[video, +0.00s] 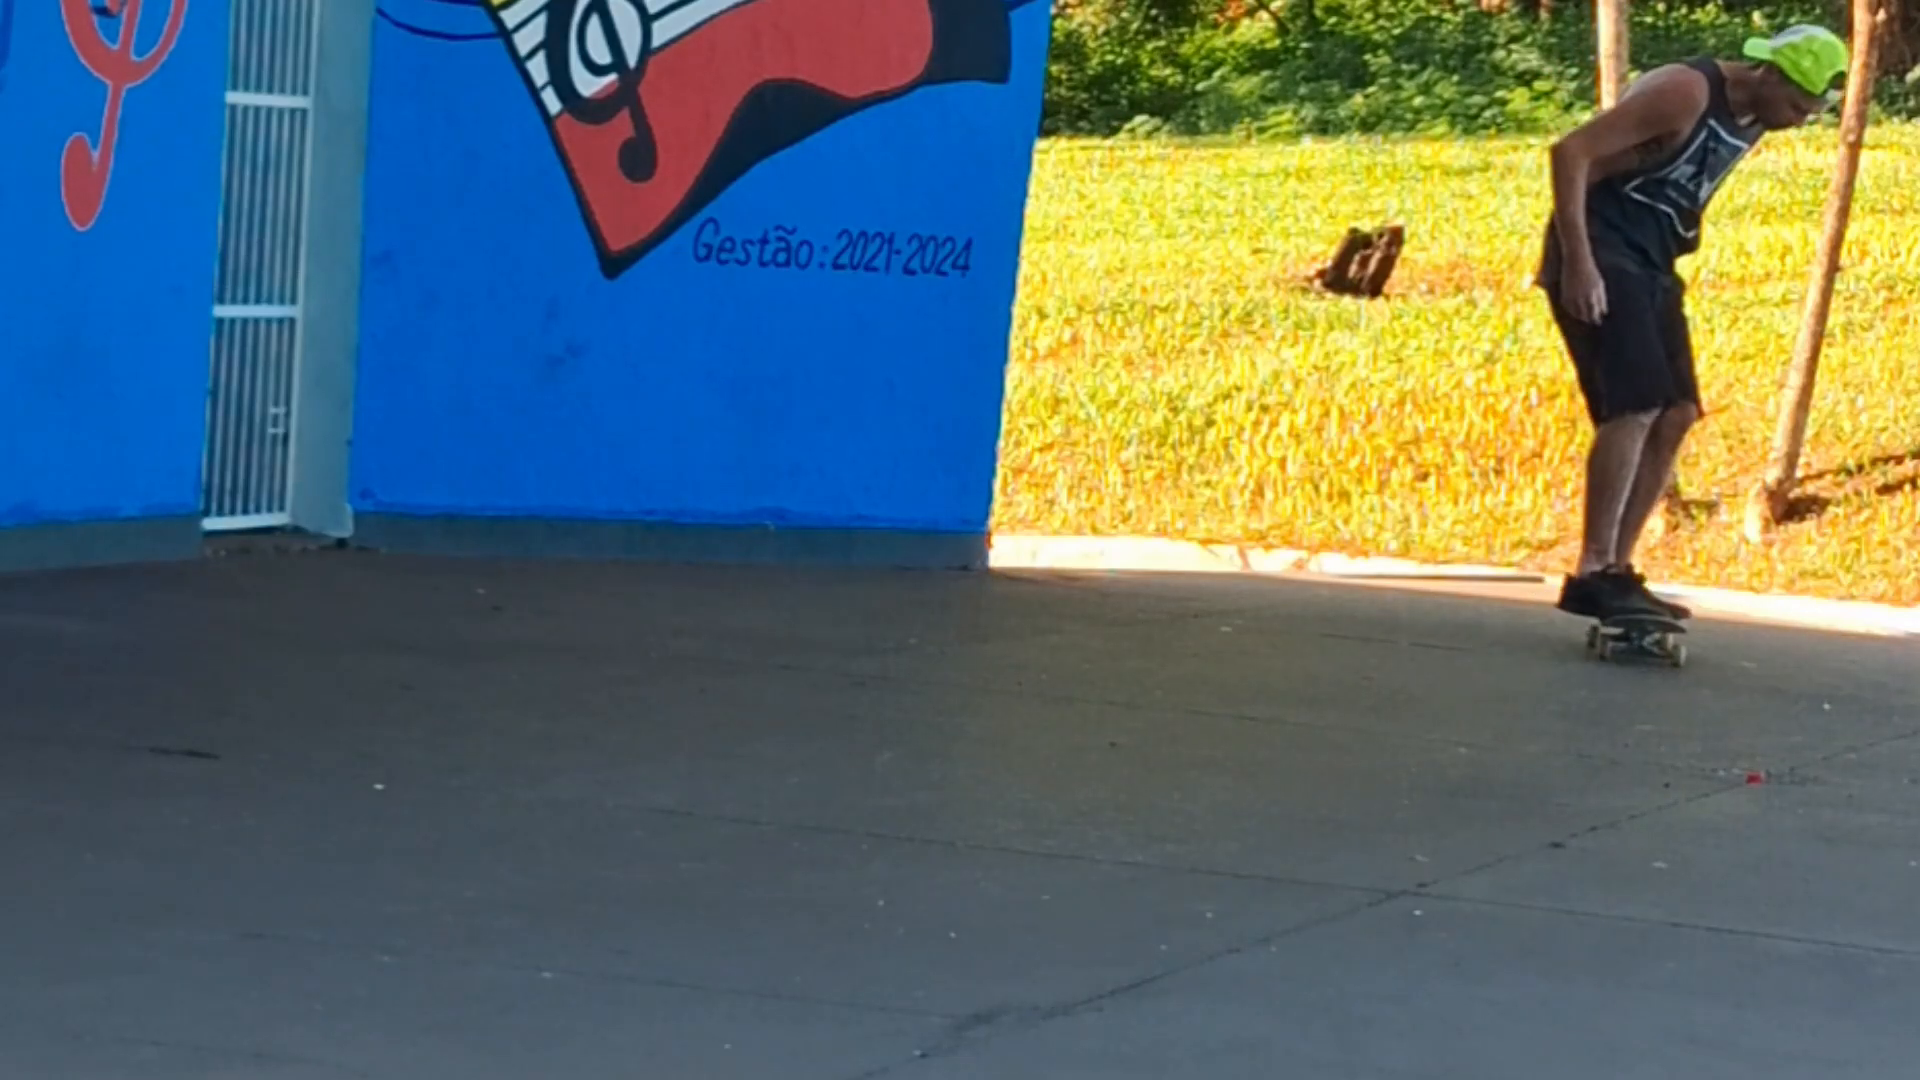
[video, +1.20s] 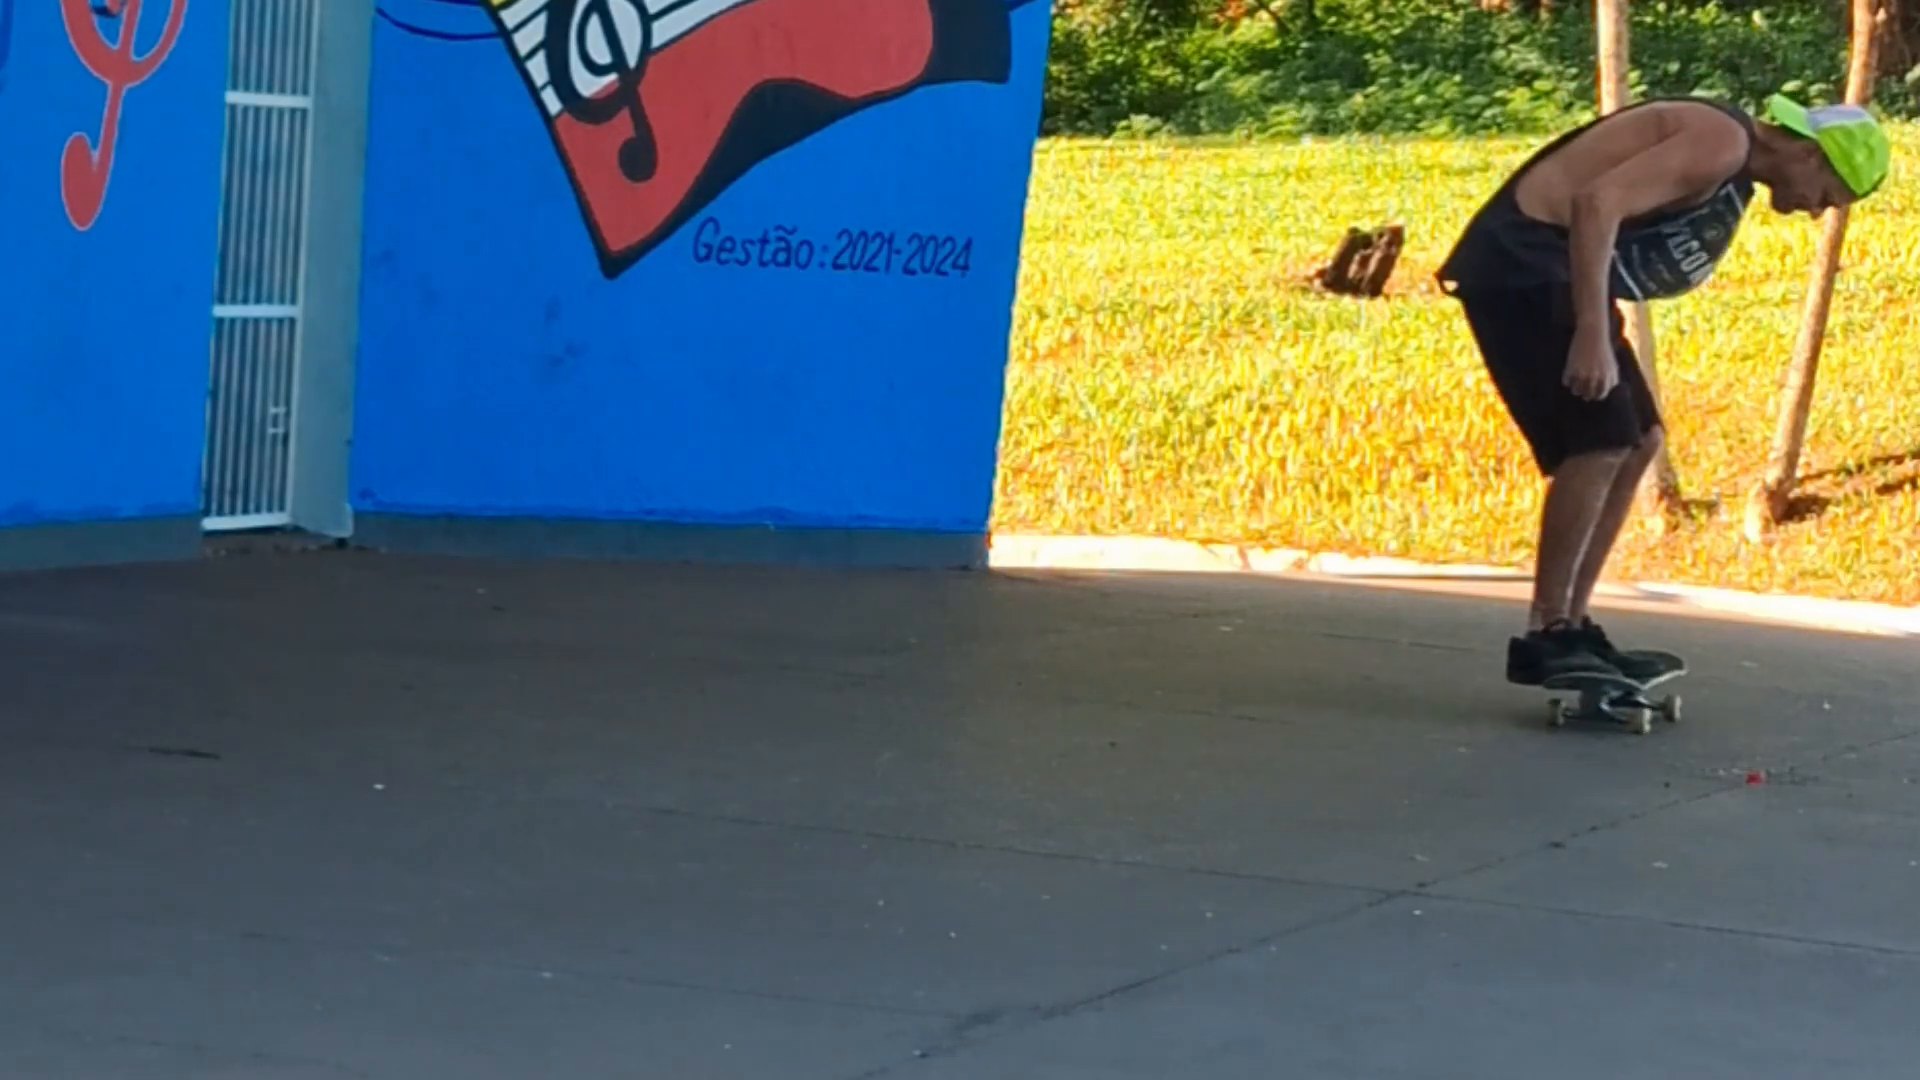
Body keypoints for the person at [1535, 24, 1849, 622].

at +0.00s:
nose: (1804, 116)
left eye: (1813, 108)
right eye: (1803, 102)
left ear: (1781, 83)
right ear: (1772, 74)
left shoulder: (1751, 120)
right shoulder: (1682, 91)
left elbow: (1676, 180)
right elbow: (1569, 153)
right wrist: (1578, 260)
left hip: (1650, 267)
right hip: (1597, 255)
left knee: (1676, 410)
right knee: (1632, 405)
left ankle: (1614, 570)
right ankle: (1591, 574)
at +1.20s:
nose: (1821, 210)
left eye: (1835, 204)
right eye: (1832, 194)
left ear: (1811, 149)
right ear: (1812, 151)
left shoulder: (1730, 167)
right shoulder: (1717, 143)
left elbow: (1608, 231)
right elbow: (1595, 203)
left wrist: (1600, 331)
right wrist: (1591, 334)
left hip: (1558, 268)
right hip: (1518, 260)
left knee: (1637, 439)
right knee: (1597, 441)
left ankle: (1568, 623)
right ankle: (1543, 632)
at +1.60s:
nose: (1776, 238)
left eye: (1790, 233)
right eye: (1787, 222)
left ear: (1773, 182)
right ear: (1771, 178)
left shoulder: (1683, 190)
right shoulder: (1679, 161)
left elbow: (1556, 264)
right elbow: (1547, 227)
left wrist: (1481, 398)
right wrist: (1533, 368)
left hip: (1499, 267)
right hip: (1455, 254)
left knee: (1578, 443)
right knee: (1549, 442)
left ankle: (1500, 640)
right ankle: (1448, 629)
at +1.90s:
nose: (1727, 260)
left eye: (1742, 254)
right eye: (1742, 244)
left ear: (1722, 192)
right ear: (1725, 199)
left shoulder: (1636, 185)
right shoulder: (1630, 181)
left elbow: (1493, 264)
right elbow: (1499, 258)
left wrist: (1415, 412)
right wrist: (1479, 402)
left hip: (1431, 255)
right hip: (1392, 248)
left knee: (1527, 439)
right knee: (1492, 449)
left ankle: (1442, 648)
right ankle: (1376, 637)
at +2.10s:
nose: (1680, 308)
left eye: (1696, 300)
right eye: (1694, 292)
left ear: (1670, 246)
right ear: (1673, 248)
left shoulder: (1586, 248)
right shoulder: (1583, 232)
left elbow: (1495, 366)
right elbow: (1505, 346)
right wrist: (1537, 491)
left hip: (1383, 307)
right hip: (1339, 298)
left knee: (1493, 472)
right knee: (1474, 477)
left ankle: (1391, 657)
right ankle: (1331, 640)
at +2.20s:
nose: (1651, 326)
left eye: (1666, 319)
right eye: (1664, 310)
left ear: (1641, 261)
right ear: (1644, 263)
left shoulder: (1554, 257)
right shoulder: (1557, 251)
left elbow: (1501, 423)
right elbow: (1514, 394)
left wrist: (1495, 582)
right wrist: (1608, 504)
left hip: (1345, 329)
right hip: (1309, 323)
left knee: (1485, 479)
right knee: (1466, 482)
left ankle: (1369, 659)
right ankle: (1306, 640)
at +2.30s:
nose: (1637, 319)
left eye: (1650, 311)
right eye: (1647, 301)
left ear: (1620, 256)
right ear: (1622, 255)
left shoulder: (1539, 300)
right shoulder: (1529, 251)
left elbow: (1514, 449)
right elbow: (1470, 413)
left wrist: (1538, 574)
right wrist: (1580, 512)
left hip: (1326, 341)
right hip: (1284, 333)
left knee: (1475, 487)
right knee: (1451, 483)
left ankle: (1345, 661)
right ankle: (1285, 642)